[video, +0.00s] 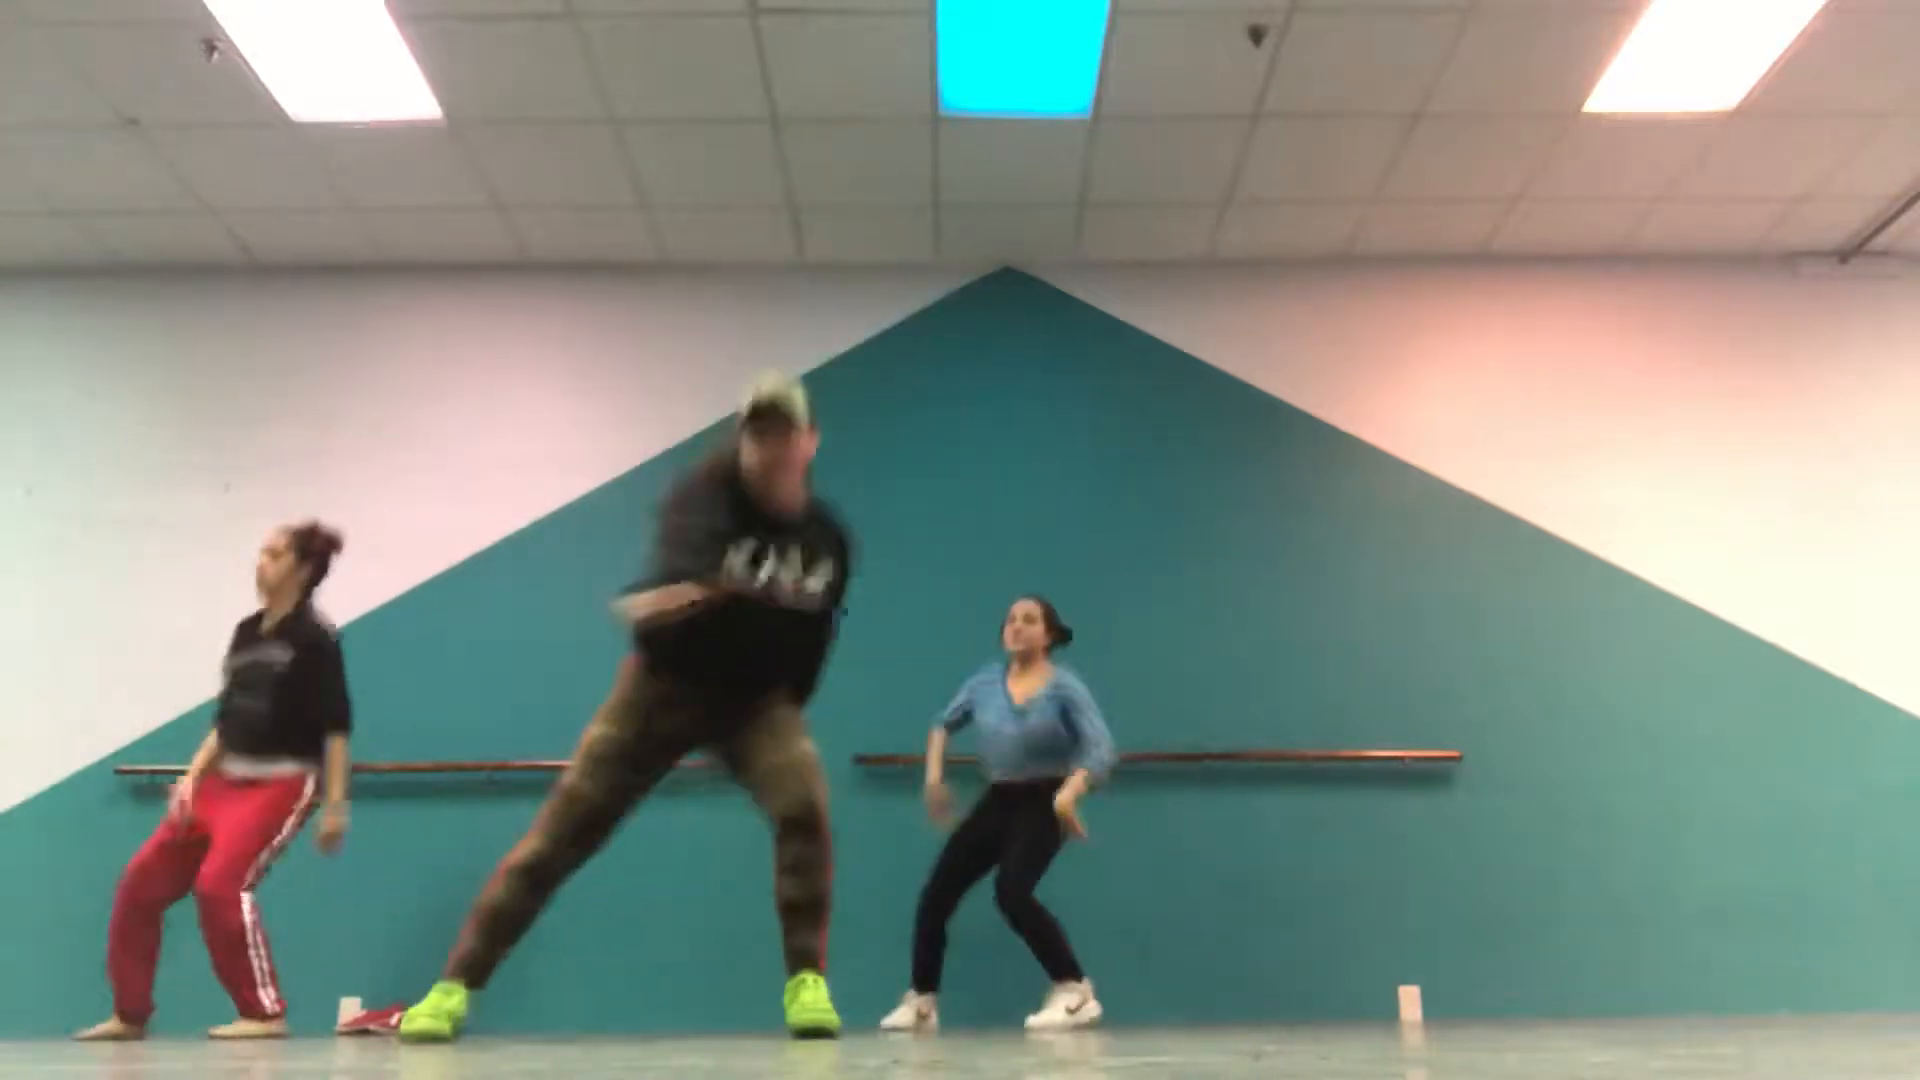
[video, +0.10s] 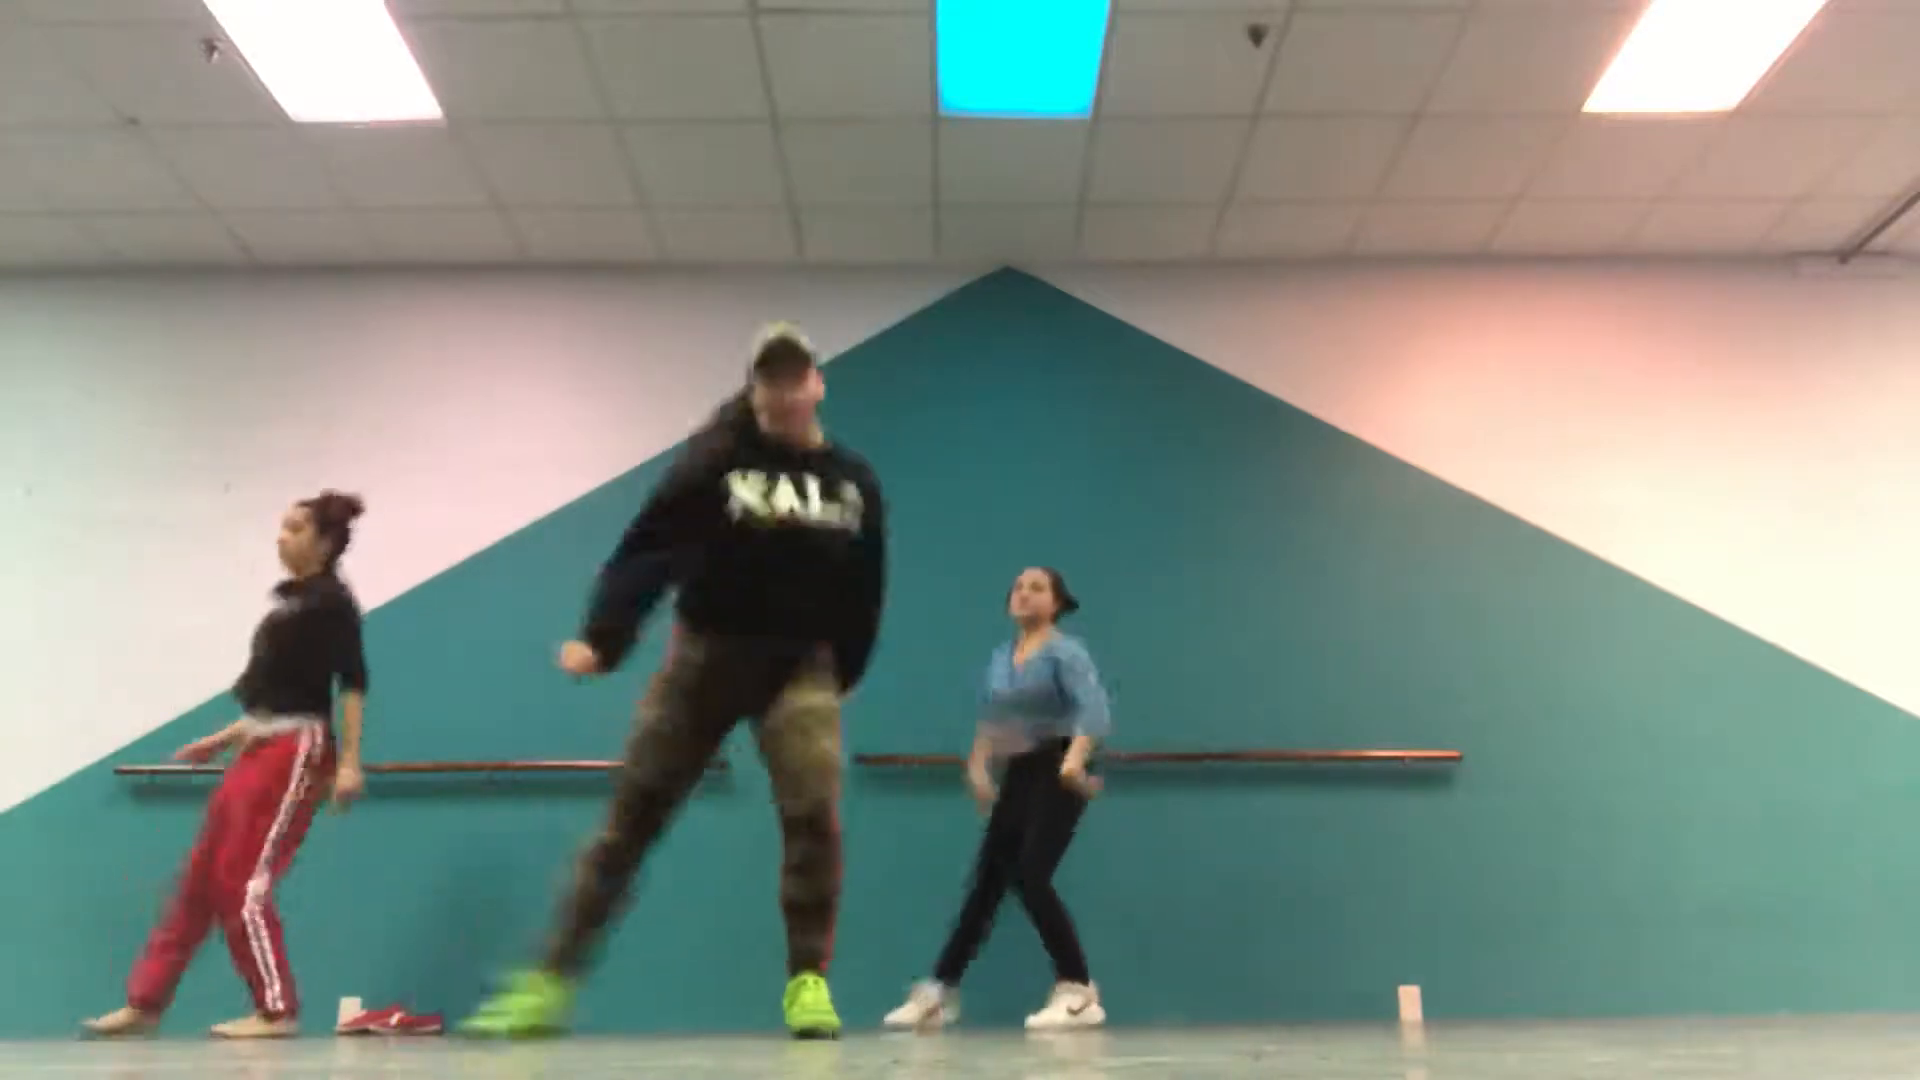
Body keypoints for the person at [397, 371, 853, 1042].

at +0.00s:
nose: (767, 451)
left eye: (782, 436)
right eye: (756, 436)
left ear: (810, 444)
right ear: (738, 442)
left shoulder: (828, 537)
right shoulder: (703, 497)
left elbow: (818, 634)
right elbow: (654, 602)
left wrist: (793, 704)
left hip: (758, 703)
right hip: (663, 688)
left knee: (803, 811)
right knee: (559, 836)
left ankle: (807, 983)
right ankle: (455, 988)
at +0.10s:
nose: (788, 396)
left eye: (797, 382)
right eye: (775, 384)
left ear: (817, 385)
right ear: (754, 390)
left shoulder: (852, 480)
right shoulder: (712, 459)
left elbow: (866, 587)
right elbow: (650, 544)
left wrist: (843, 670)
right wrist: (601, 637)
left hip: (801, 664)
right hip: (707, 656)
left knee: (814, 813)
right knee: (637, 806)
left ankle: (809, 980)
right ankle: (553, 979)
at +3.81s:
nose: (954, 460)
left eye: (953, 448)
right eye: (946, 447)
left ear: (915, 446)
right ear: (911, 446)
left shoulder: (913, 515)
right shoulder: (857, 503)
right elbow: (797, 483)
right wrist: (818, 477)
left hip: (862, 711)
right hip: (823, 709)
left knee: (770, 864)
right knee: (949, 788)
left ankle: (676, 989)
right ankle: (960, 986)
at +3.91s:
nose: (958, 418)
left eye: (957, 406)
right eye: (950, 405)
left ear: (921, 404)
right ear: (917, 405)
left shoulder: (908, 473)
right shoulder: (878, 467)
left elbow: (901, 552)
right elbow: (876, 538)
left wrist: (915, 590)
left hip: (848, 662)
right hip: (829, 661)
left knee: (785, 835)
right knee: (954, 780)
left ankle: (686, 975)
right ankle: (936, 978)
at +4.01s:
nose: (957, 395)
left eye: (952, 382)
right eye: (948, 383)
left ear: (894, 388)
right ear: (925, 386)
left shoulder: (859, 445)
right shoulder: (912, 452)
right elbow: (921, 579)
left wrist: (948, 674)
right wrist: (967, 679)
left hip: (802, 631)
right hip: (853, 632)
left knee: (861, 820)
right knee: (950, 802)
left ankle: (725, 918)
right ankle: (898, 973)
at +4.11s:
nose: (941, 389)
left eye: (935, 378)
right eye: (934, 378)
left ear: (868, 389)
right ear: (916, 388)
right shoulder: (929, 448)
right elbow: (968, 568)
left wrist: (983, 645)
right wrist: (988, 671)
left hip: (800, 652)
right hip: (863, 649)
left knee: (905, 804)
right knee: (958, 809)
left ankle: (762, 825)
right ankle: (895, 980)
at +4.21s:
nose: (926, 370)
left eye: (917, 362)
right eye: (922, 361)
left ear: (849, 370)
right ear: (912, 362)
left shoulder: (835, 438)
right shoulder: (938, 422)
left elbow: (897, 537)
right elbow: (991, 529)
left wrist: (1010, 550)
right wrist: (983, 608)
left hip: (798, 618)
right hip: (868, 613)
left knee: (894, 768)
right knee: (934, 796)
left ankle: (784, 812)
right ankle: (893, 980)